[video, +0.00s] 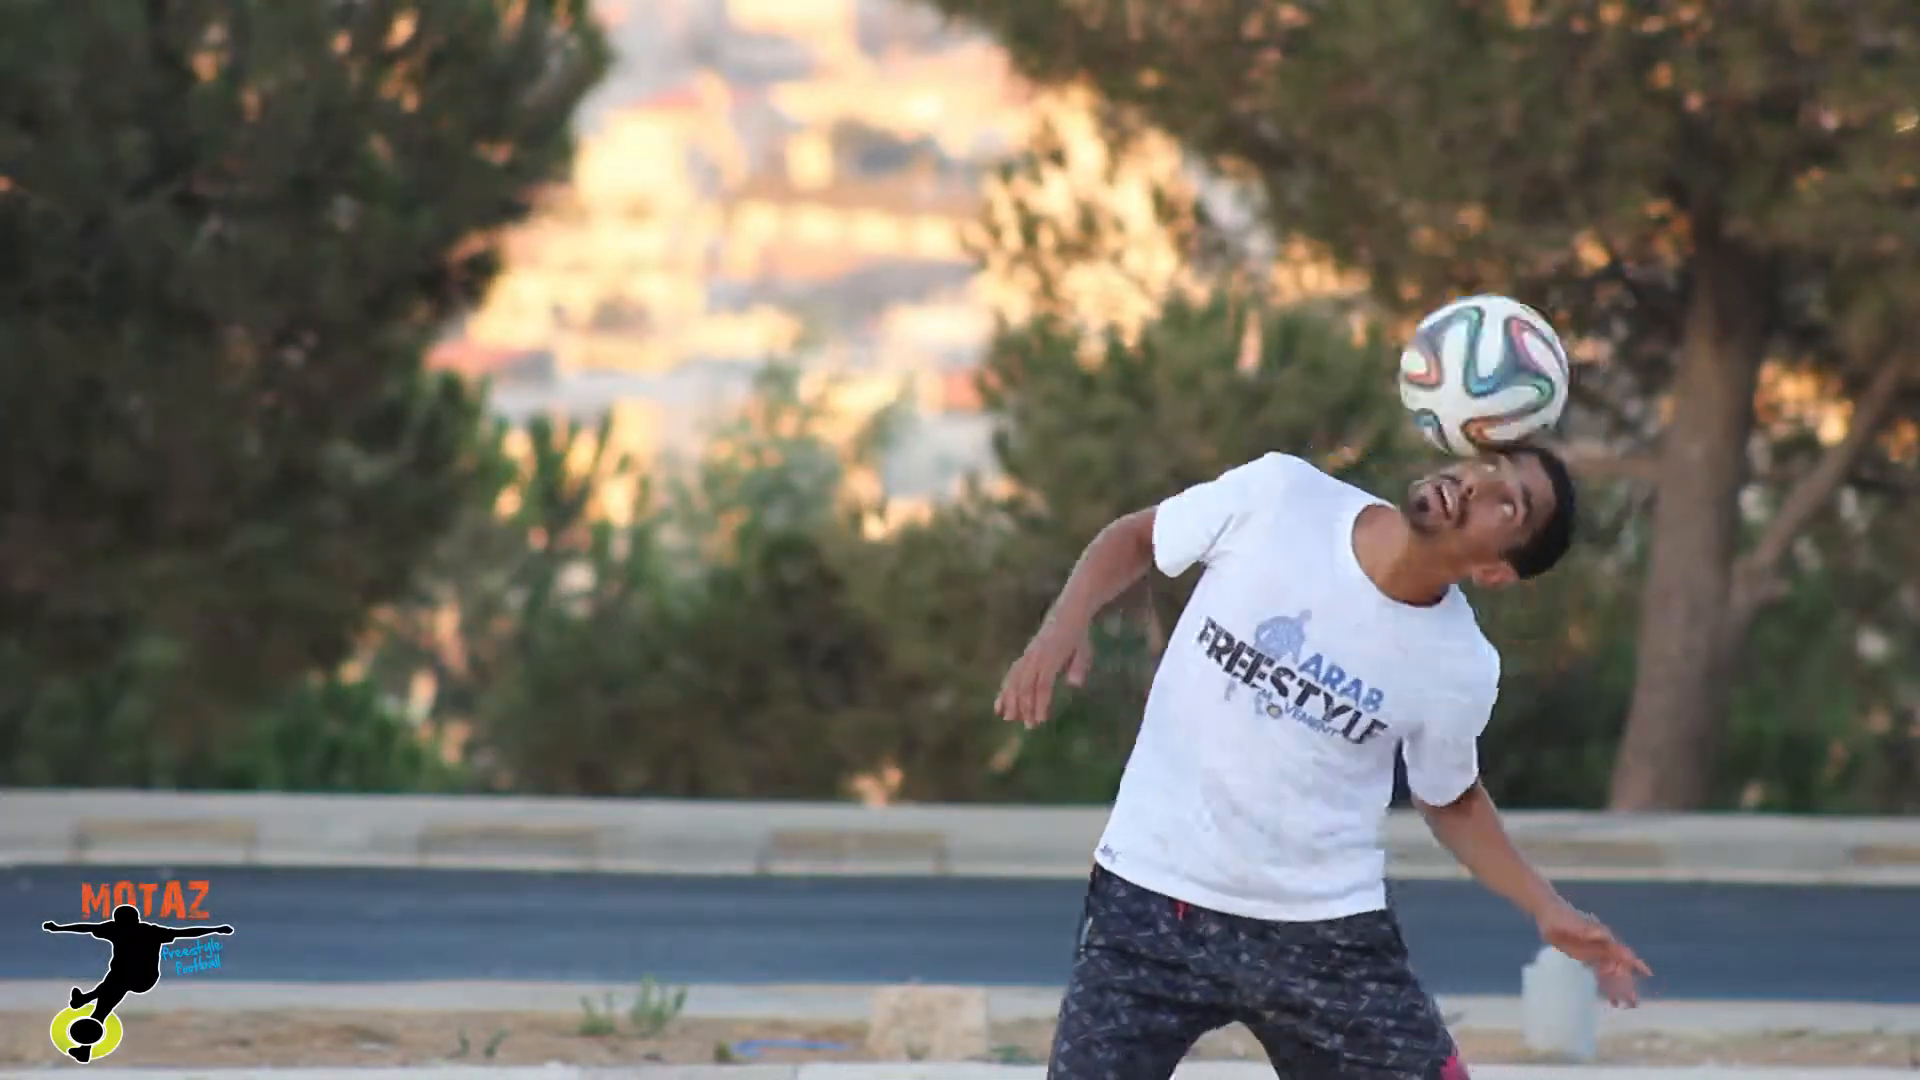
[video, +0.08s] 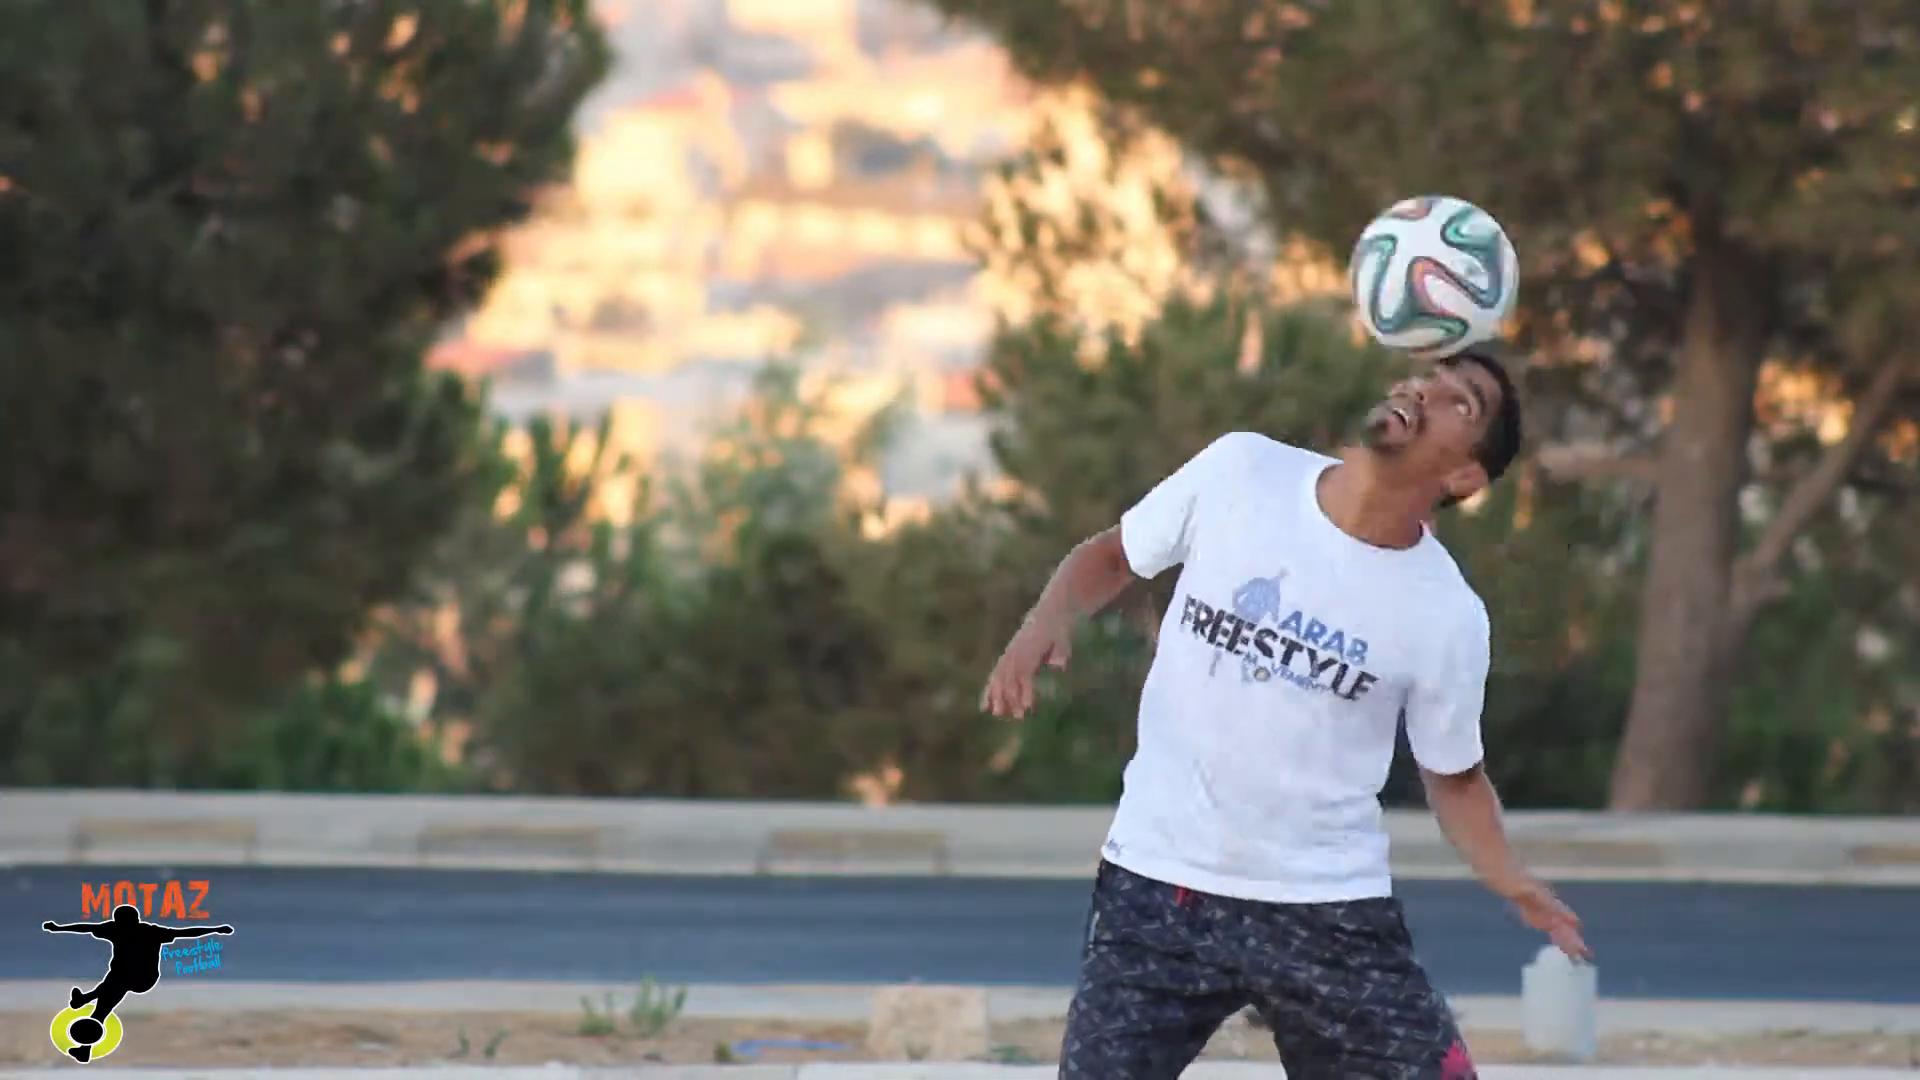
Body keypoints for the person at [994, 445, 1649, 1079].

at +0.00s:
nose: (1469, 482)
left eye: (1505, 505)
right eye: (1482, 466)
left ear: (1493, 573)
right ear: (1446, 466)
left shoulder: (1458, 668)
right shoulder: (1273, 493)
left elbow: (1453, 798)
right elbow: (1136, 538)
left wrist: (1549, 910)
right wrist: (1063, 621)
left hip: (1328, 943)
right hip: (1147, 913)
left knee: (1429, 1068)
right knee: (1085, 1068)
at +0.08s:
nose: (1420, 389)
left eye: (1458, 403)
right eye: (1425, 377)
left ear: (1465, 479)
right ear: (1386, 394)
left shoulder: (1446, 618)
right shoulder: (1235, 471)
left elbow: (1456, 777)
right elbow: (1112, 556)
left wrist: (1509, 878)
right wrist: (1049, 617)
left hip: (1328, 925)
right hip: (1156, 901)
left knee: (1437, 1068)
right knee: (1094, 1068)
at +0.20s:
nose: (1296, 316)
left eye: (1334, 311)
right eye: (1285, 307)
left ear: (1371, 381)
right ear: (1257, 355)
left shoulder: (1414, 519)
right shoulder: (1172, 481)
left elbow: (1514, 702)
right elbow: (1091, 623)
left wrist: (1455, 722)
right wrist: (1015, 668)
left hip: (1353, 914)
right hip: (1177, 904)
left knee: (1445, 1071)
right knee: (1110, 1071)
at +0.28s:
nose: (1235, 316)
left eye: (1269, 307)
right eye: (1222, 313)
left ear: (1317, 367)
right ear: (1202, 375)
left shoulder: (1389, 488)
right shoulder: (1146, 507)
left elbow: (1533, 637)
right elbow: (1098, 667)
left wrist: (1454, 646)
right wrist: (1018, 708)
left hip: (1355, 912)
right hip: (1178, 907)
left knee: (1453, 1069)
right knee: (1112, 1068)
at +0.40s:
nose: (1113, 376)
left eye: (1130, 360)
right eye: (1089, 390)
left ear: (1196, 392)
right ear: (1106, 465)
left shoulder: (1349, 479)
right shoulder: (1117, 580)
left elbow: (1539, 566)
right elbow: (1122, 758)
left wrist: (1493, 577)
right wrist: (1026, 821)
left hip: (1358, 936)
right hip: (1176, 940)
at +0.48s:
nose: (1077, 421)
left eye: (1081, 402)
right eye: (1055, 444)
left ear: (1146, 408)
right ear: (1089, 512)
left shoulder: (1334, 481)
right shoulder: (1111, 601)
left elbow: (1491, 557)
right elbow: (1128, 784)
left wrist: (1514, 576)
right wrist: (1037, 852)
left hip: (1351, 938)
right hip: (1170, 945)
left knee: (1453, 1069)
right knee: (1091, 1068)